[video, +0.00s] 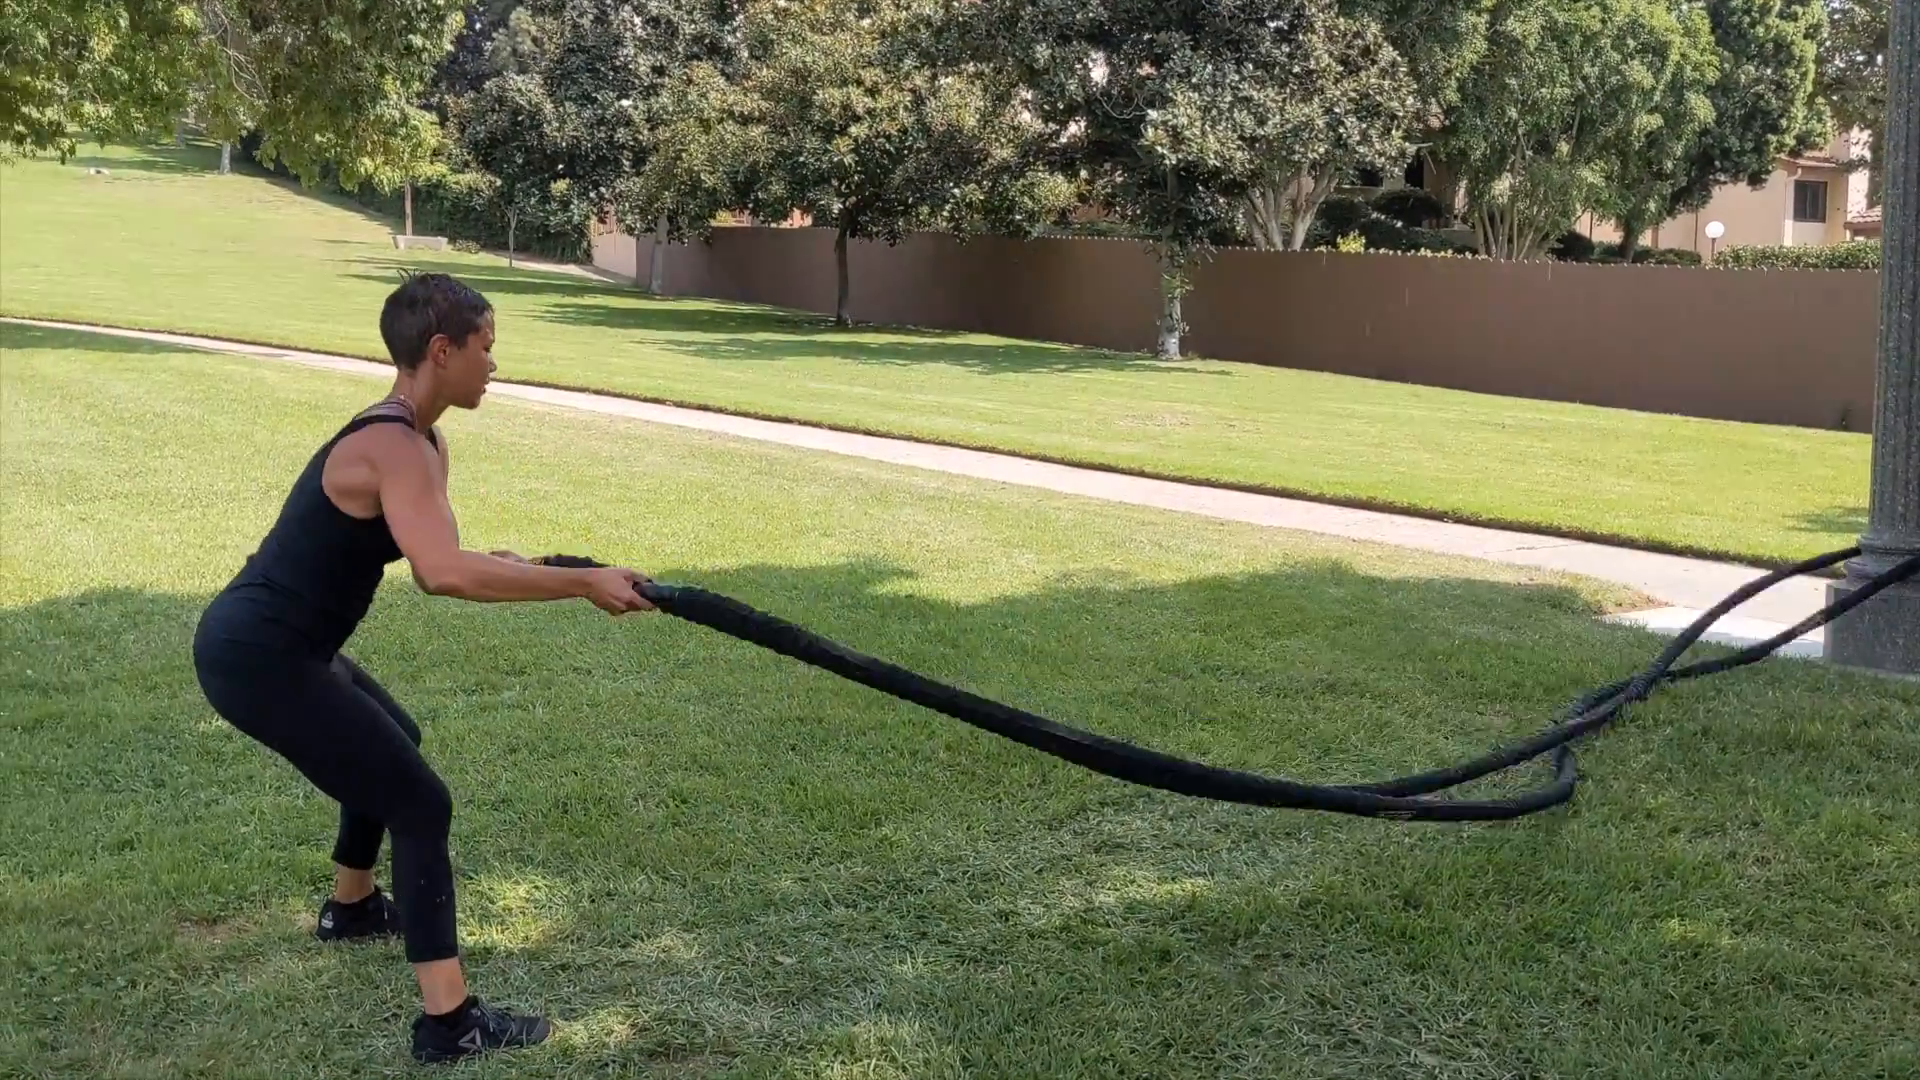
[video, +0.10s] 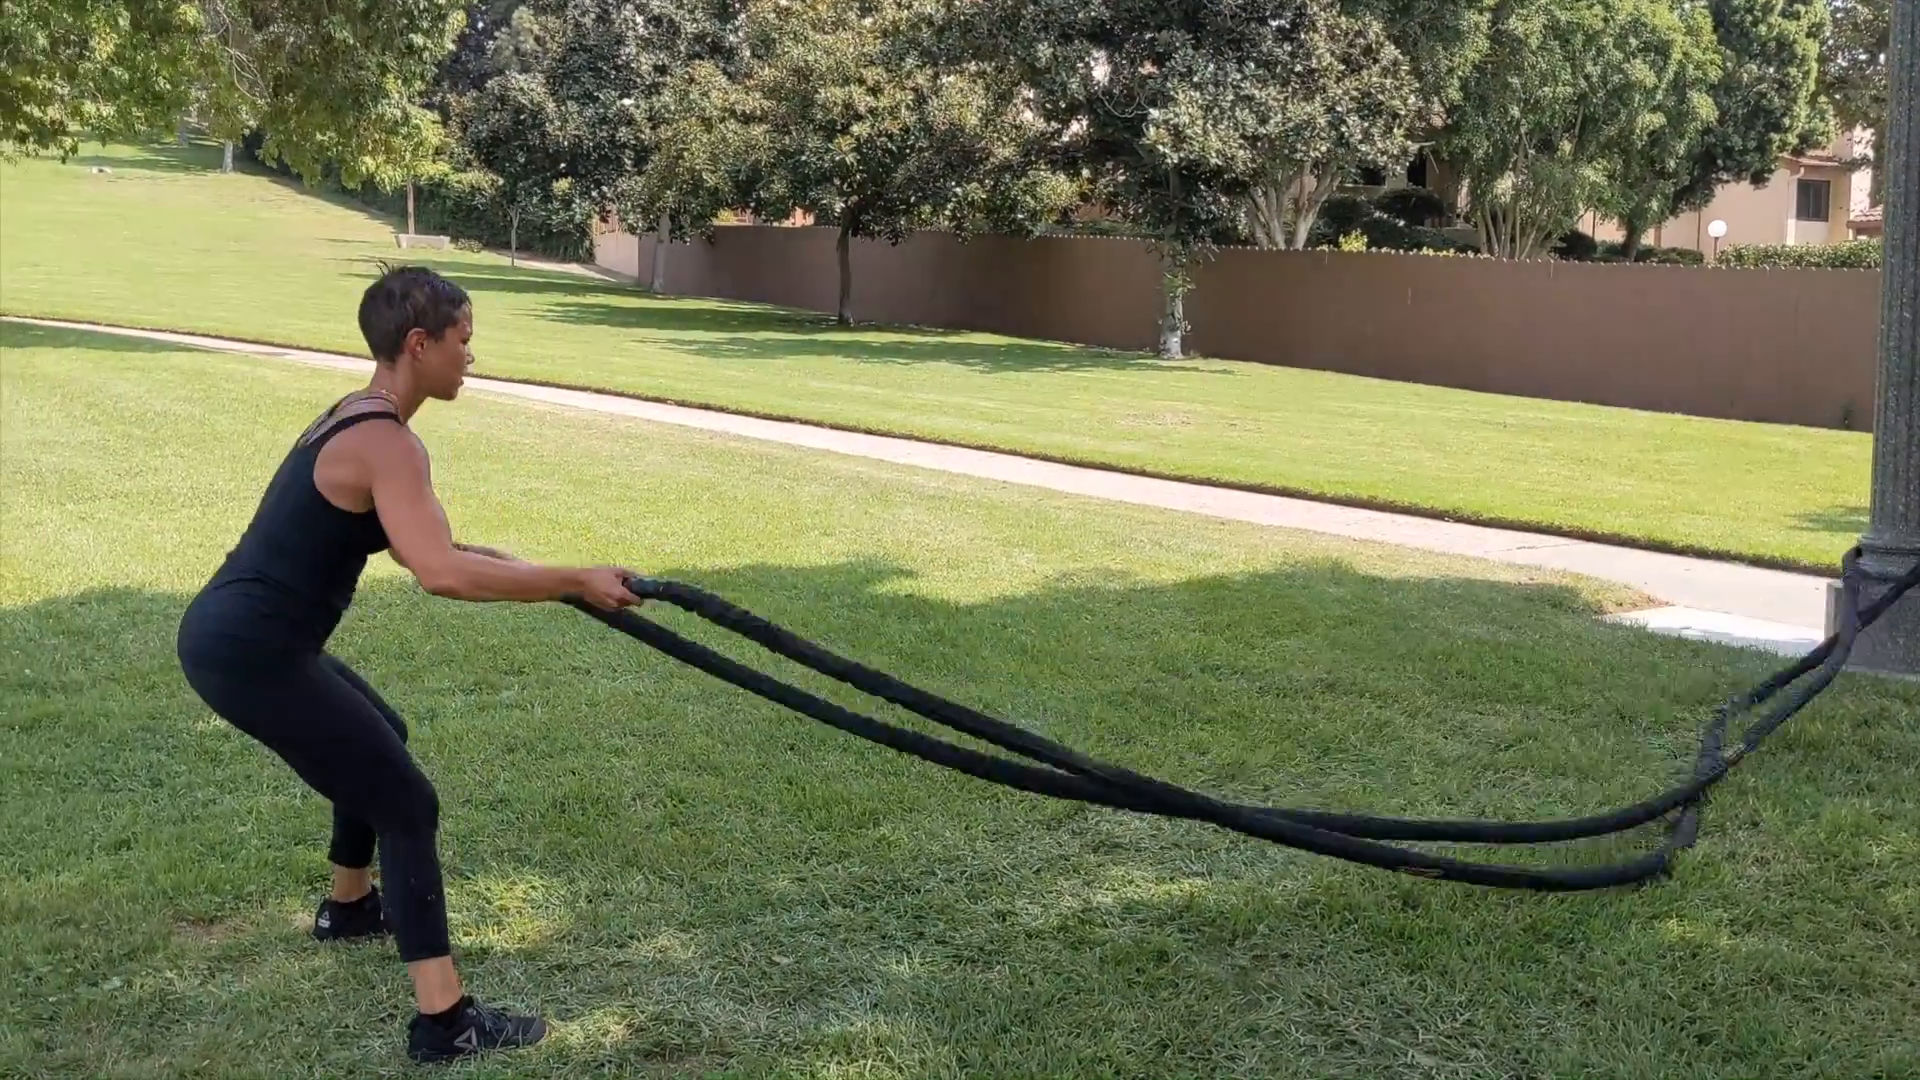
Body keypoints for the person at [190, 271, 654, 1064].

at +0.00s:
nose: (493, 364)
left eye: (492, 347)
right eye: (485, 347)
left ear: (435, 351)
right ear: (439, 350)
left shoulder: (423, 443)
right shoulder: (394, 448)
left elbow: (441, 562)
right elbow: (442, 572)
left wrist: (560, 571)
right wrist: (584, 582)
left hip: (284, 642)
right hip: (257, 657)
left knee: (397, 740)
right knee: (422, 804)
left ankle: (351, 902)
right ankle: (448, 1018)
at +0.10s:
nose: (471, 355)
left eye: (470, 339)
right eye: (463, 338)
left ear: (403, 345)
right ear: (416, 343)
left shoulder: (357, 419)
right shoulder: (386, 445)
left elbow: (430, 551)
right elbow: (443, 572)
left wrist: (554, 576)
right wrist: (575, 581)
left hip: (241, 631)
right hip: (250, 652)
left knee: (383, 736)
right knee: (409, 804)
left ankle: (350, 903)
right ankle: (443, 1017)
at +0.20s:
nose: (450, 353)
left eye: (448, 337)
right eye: (441, 337)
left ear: (380, 343)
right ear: (396, 342)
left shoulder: (333, 415)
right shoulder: (377, 440)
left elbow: (409, 541)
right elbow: (452, 567)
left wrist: (510, 549)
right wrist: (563, 578)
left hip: (208, 631)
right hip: (238, 651)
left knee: (365, 733)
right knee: (393, 805)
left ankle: (345, 904)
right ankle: (437, 1017)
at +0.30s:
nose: (439, 359)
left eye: (439, 343)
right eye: (431, 343)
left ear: (371, 349)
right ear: (384, 348)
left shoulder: (311, 415)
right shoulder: (389, 448)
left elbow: (353, 525)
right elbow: (464, 574)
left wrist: (461, 535)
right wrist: (525, 579)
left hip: (190, 641)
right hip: (242, 657)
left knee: (339, 758)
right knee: (396, 806)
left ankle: (341, 906)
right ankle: (431, 1020)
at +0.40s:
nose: (439, 362)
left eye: (438, 347)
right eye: (430, 347)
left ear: (367, 352)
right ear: (387, 351)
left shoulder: (290, 414)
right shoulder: (408, 453)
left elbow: (294, 513)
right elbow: (465, 579)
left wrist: (381, 543)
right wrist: (491, 585)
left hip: (182, 644)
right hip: (251, 658)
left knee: (332, 752)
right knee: (411, 807)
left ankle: (335, 907)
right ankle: (428, 1019)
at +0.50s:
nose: (444, 367)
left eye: (443, 352)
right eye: (436, 352)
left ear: (368, 358)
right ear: (395, 357)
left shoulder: (296, 416)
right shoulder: (416, 455)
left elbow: (203, 498)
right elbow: (471, 577)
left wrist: (297, 513)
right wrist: (468, 546)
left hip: (182, 645)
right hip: (252, 659)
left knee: (329, 751)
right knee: (415, 808)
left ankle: (333, 910)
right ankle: (424, 1022)